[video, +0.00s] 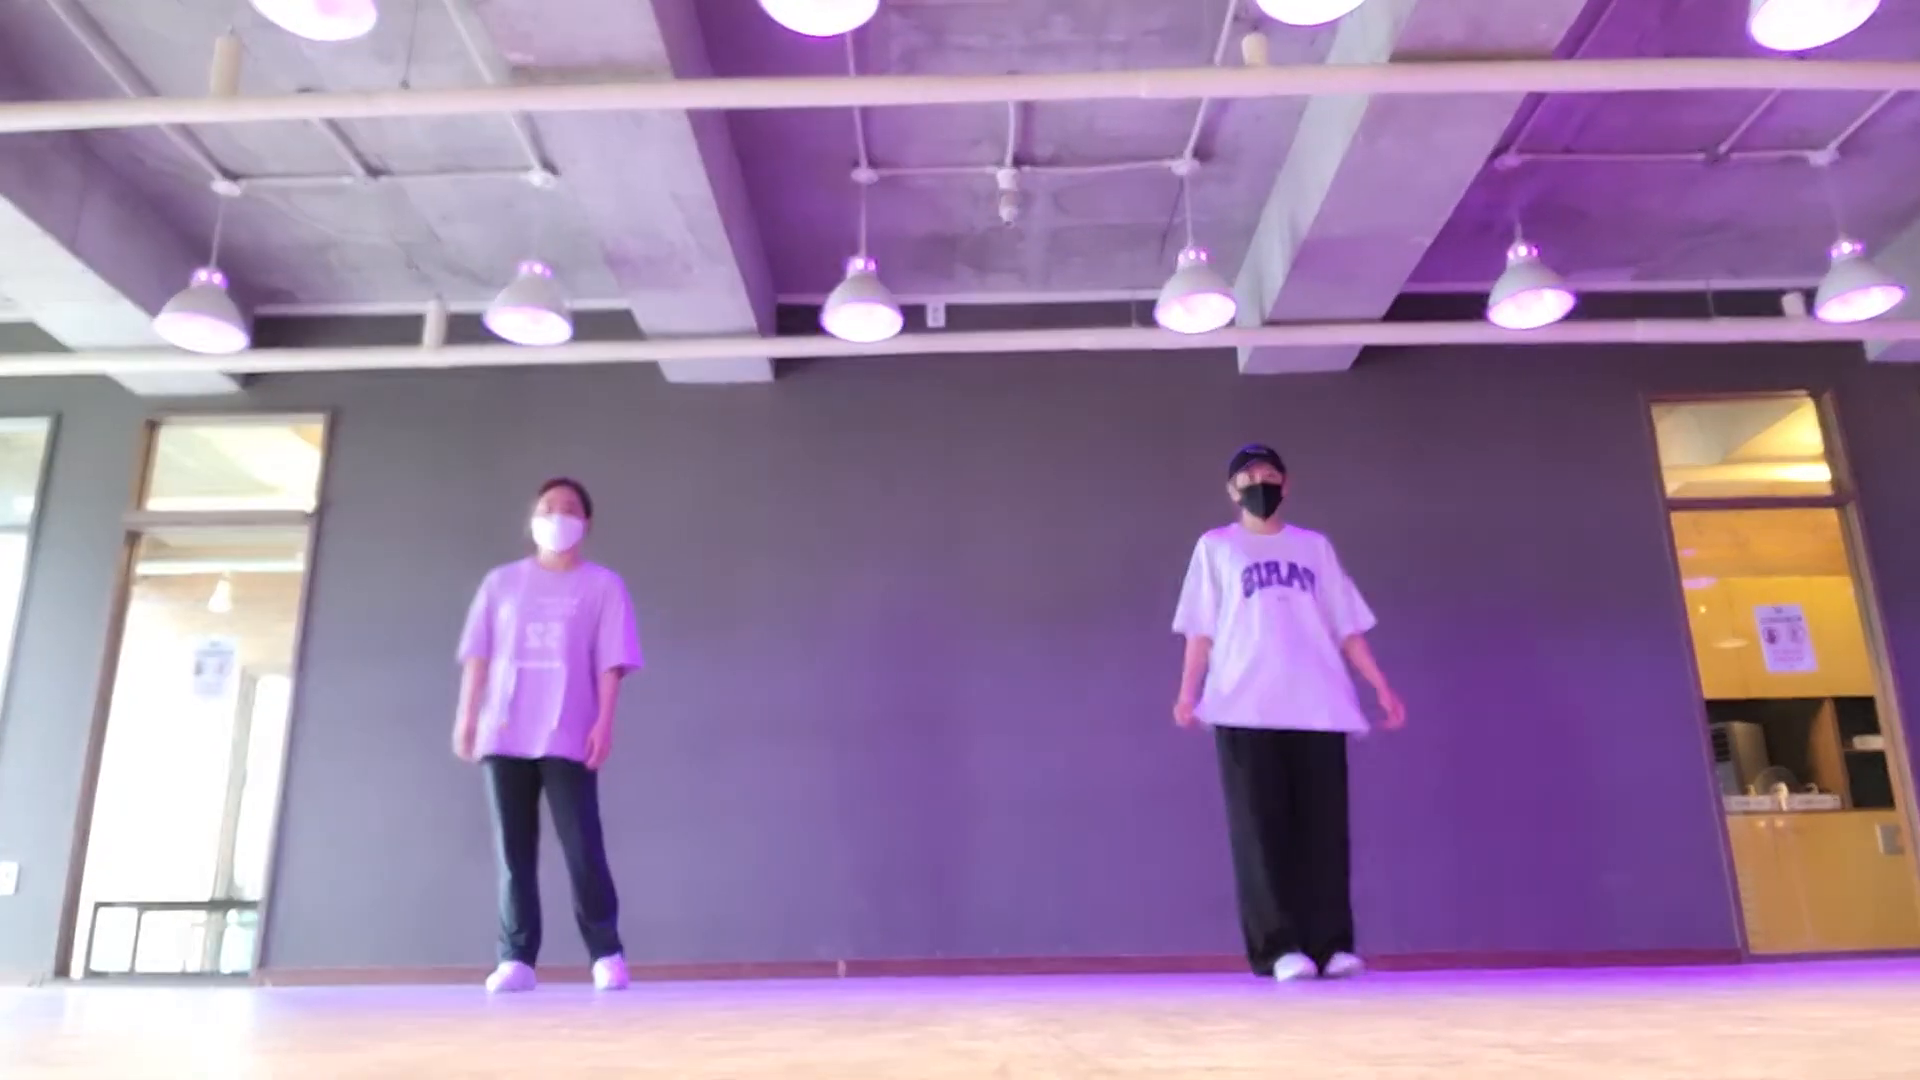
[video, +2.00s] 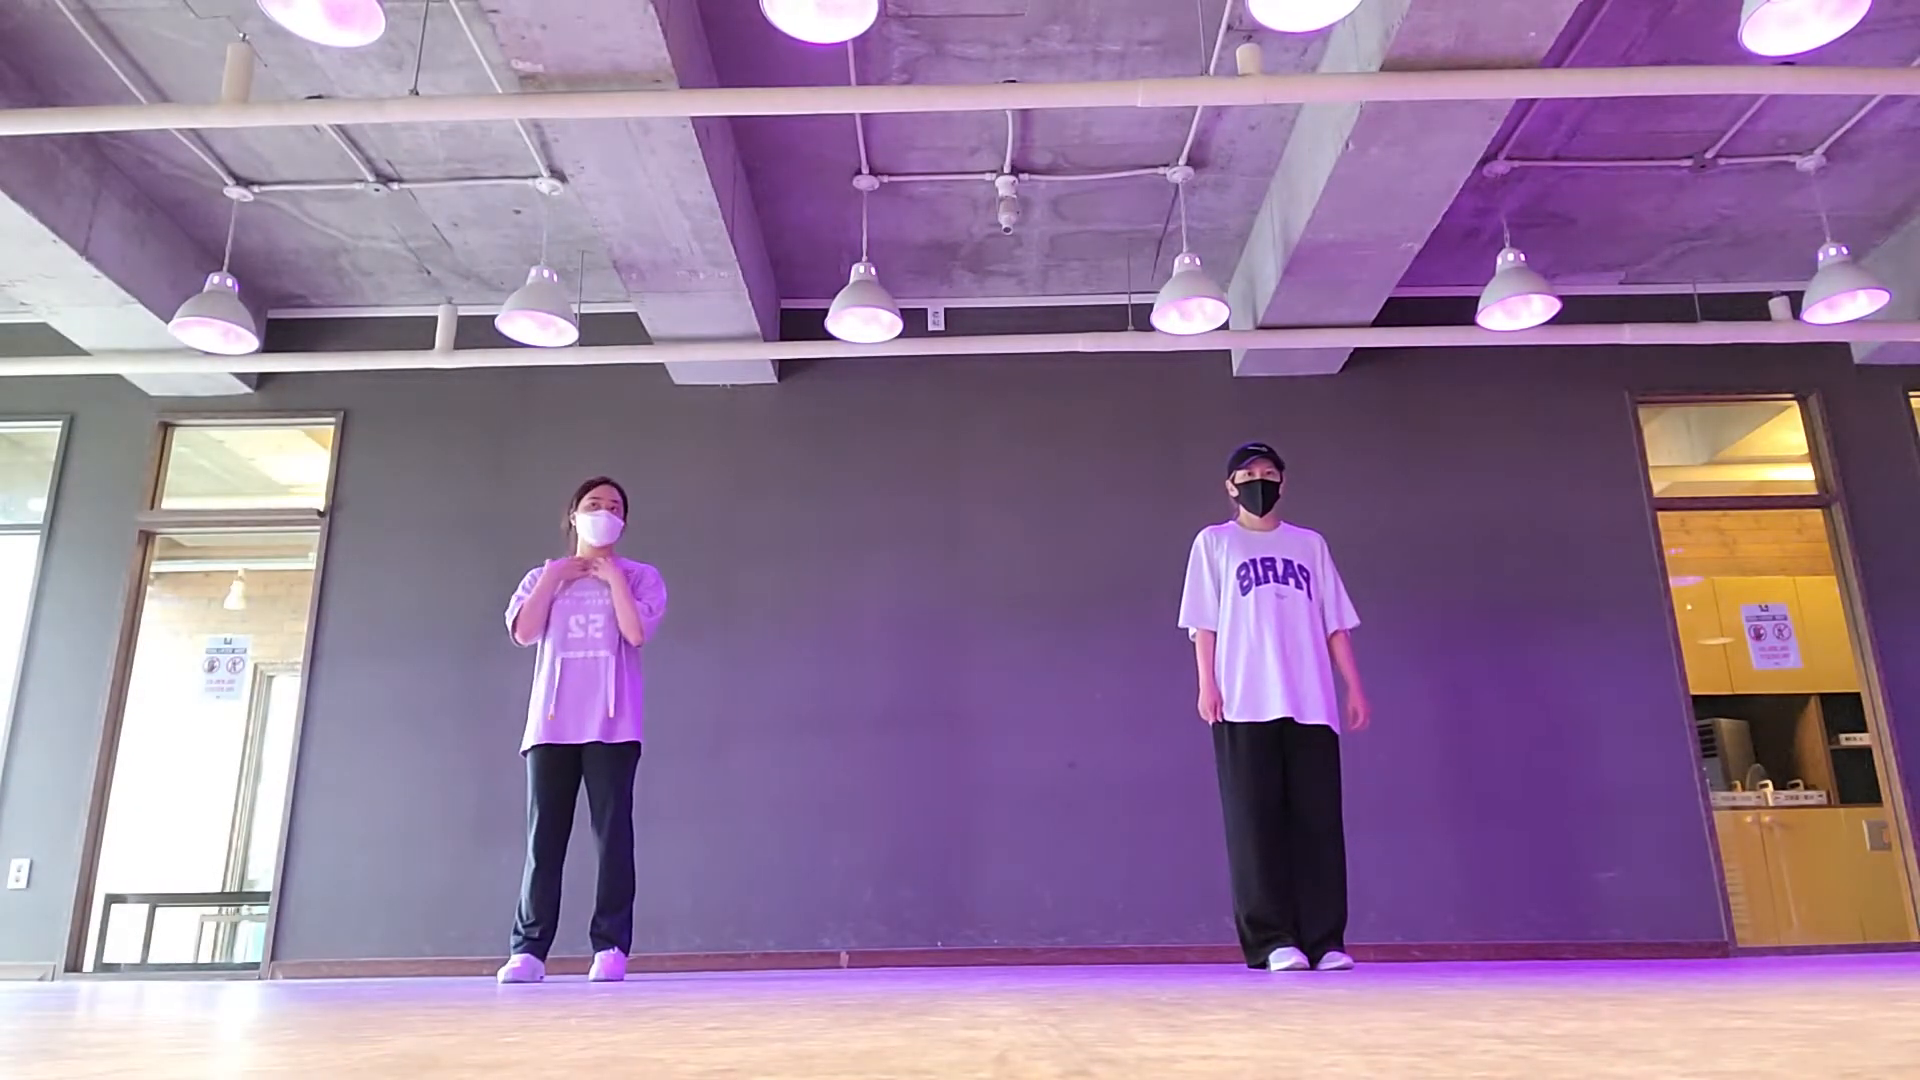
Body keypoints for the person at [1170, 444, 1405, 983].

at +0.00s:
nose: (1260, 485)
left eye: (1269, 476)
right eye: (1248, 478)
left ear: (1285, 486)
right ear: (1232, 489)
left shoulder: (1315, 547)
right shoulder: (1214, 548)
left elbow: (1348, 629)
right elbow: (1201, 631)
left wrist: (1381, 687)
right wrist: (1187, 693)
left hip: (1318, 711)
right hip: (1248, 713)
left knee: (1324, 829)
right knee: (1264, 834)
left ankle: (1334, 946)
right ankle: (1281, 951)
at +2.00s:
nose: (1260, 484)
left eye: (1269, 475)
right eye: (1249, 476)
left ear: (1282, 484)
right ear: (1232, 486)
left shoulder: (1311, 544)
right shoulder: (1212, 543)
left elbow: (1335, 626)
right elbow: (1202, 623)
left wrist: (1354, 687)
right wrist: (1208, 684)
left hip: (1310, 702)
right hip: (1245, 704)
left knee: (1317, 822)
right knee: (1256, 827)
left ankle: (1325, 942)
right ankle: (1272, 944)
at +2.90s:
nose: (1260, 478)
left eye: (1269, 470)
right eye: (1249, 471)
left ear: (1282, 483)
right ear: (1232, 485)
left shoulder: (1312, 545)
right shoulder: (1214, 544)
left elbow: (1335, 624)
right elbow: (1205, 625)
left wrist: (1349, 683)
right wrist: (1206, 685)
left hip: (1309, 703)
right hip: (1244, 706)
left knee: (1315, 824)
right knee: (1256, 829)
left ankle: (1326, 942)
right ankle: (1271, 944)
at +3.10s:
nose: (1259, 480)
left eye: (1268, 472)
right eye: (1248, 472)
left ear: (1281, 483)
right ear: (1232, 485)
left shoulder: (1312, 543)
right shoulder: (1213, 543)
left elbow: (1337, 623)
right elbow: (1205, 623)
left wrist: (1350, 684)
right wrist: (1207, 685)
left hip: (1311, 702)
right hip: (1244, 704)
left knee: (1315, 824)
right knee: (1256, 828)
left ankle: (1325, 942)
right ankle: (1271, 944)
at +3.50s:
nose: (1259, 480)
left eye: (1268, 472)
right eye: (1248, 472)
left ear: (1281, 483)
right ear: (1231, 485)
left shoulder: (1311, 543)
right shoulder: (1213, 544)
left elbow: (1336, 621)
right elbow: (1205, 624)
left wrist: (1349, 682)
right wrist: (1208, 685)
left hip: (1311, 702)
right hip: (1245, 706)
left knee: (1318, 823)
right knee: (1256, 828)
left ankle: (1326, 941)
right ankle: (1271, 943)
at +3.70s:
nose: (1259, 482)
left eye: (1267, 474)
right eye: (1248, 475)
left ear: (1280, 483)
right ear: (1231, 485)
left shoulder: (1311, 544)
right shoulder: (1213, 545)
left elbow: (1335, 623)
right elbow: (1206, 626)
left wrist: (1357, 681)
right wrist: (1200, 688)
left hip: (1314, 703)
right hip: (1244, 707)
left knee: (1318, 822)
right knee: (1257, 827)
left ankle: (1325, 942)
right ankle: (1272, 944)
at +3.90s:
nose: (1260, 478)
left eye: (1268, 470)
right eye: (1248, 471)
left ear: (1281, 481)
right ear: (1230, 484)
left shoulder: (1312, 544)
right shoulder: (1212, 545)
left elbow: (1340, 629)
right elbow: (1205, 629)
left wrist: (1370, 687)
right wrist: (1195, 687)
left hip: (1314, 709)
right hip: (1244, 709)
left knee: (1318, 825)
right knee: (1258, 828)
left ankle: (1326, 942)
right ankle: (1273, 944)